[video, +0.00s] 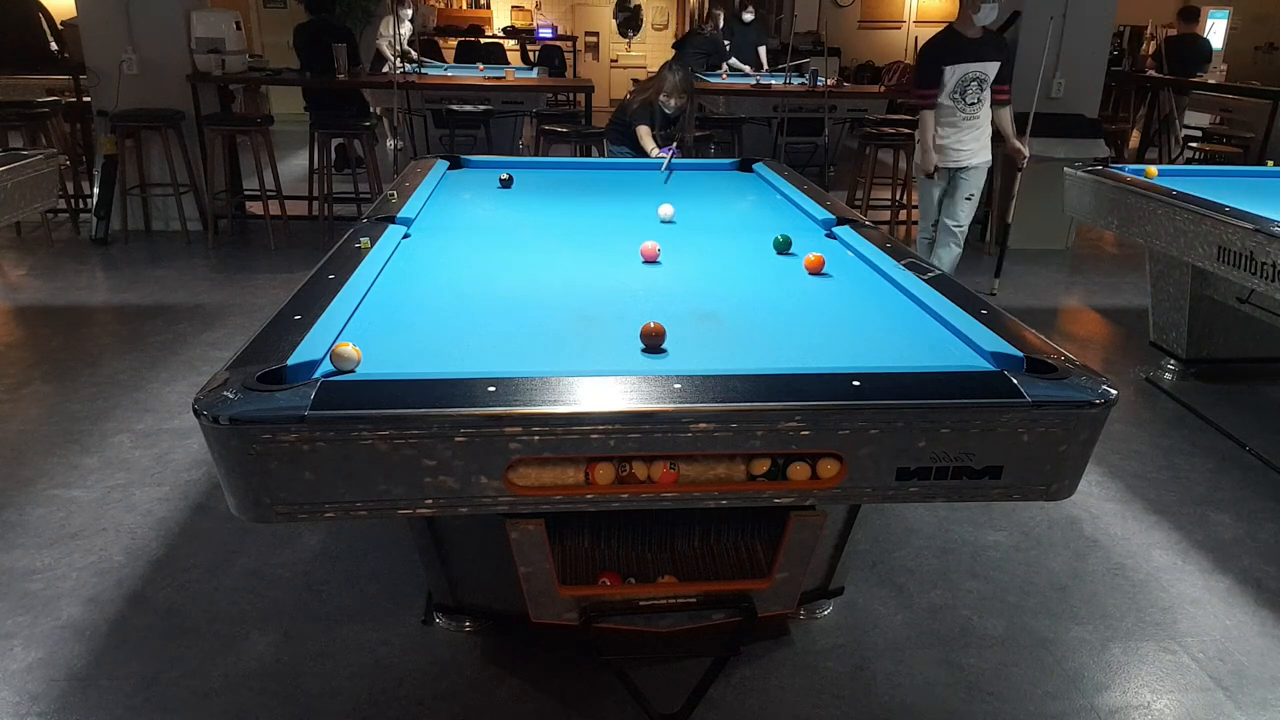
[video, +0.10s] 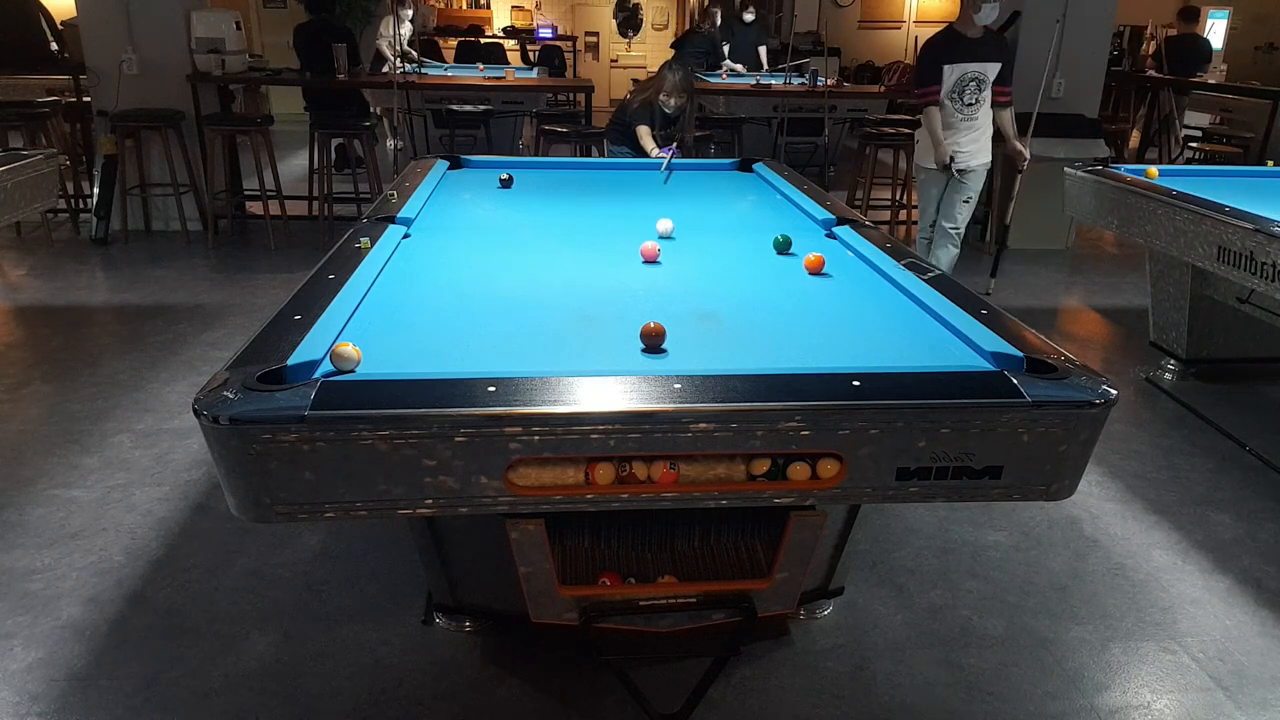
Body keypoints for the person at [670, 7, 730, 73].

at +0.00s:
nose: (723, 22)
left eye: (723, 19)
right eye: (722, 19)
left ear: (708, 19)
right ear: (717, 20)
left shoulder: (694, 31)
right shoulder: (715, 35)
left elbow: (676, 45)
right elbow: (724, 57)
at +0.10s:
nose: (720, 20)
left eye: (720, 17)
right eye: (719, 17)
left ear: (703, 17)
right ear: (714, 18)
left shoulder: (692, 30)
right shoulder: (713, 34)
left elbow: (674, 45)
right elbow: (721, 59)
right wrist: (735, 66)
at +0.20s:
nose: (717, 16)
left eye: (717, 13)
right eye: (716, 13)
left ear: (702, 14)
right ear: (712, 15)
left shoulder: (691, 28)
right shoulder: (709, 31)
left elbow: (673, 44)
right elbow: (712, 59)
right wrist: (723, 67)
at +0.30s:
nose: (714, 14)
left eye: (713, 11)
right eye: (712, 12)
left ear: (699, 12)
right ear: (708, 13)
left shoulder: (690, 24)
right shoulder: (706, 27)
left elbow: (671, 44)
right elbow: (702, 54)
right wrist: (710, 67)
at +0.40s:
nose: (710, 12)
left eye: (709, 9)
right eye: (709, 9)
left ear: (694, 10)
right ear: (704, 11)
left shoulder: (686, 23)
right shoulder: (701, 25)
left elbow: (668, 44)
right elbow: (695, 50)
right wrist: (701, 66)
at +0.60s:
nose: (702, 8)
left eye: (701, 6)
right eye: (700, 5)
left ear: (689, 6)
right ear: (695, 6)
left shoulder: (682, 19)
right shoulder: (692, 21)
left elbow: (664, 43)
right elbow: (685, 45)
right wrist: (692, 63)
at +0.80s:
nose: (695, 7)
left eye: (695, 4)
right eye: (694, 4)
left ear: (680, 5)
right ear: (690, 5)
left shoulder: (675, 18)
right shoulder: (686, 19)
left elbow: (658, 44)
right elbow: (681, 46)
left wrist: (670, 58)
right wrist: (690, 65)